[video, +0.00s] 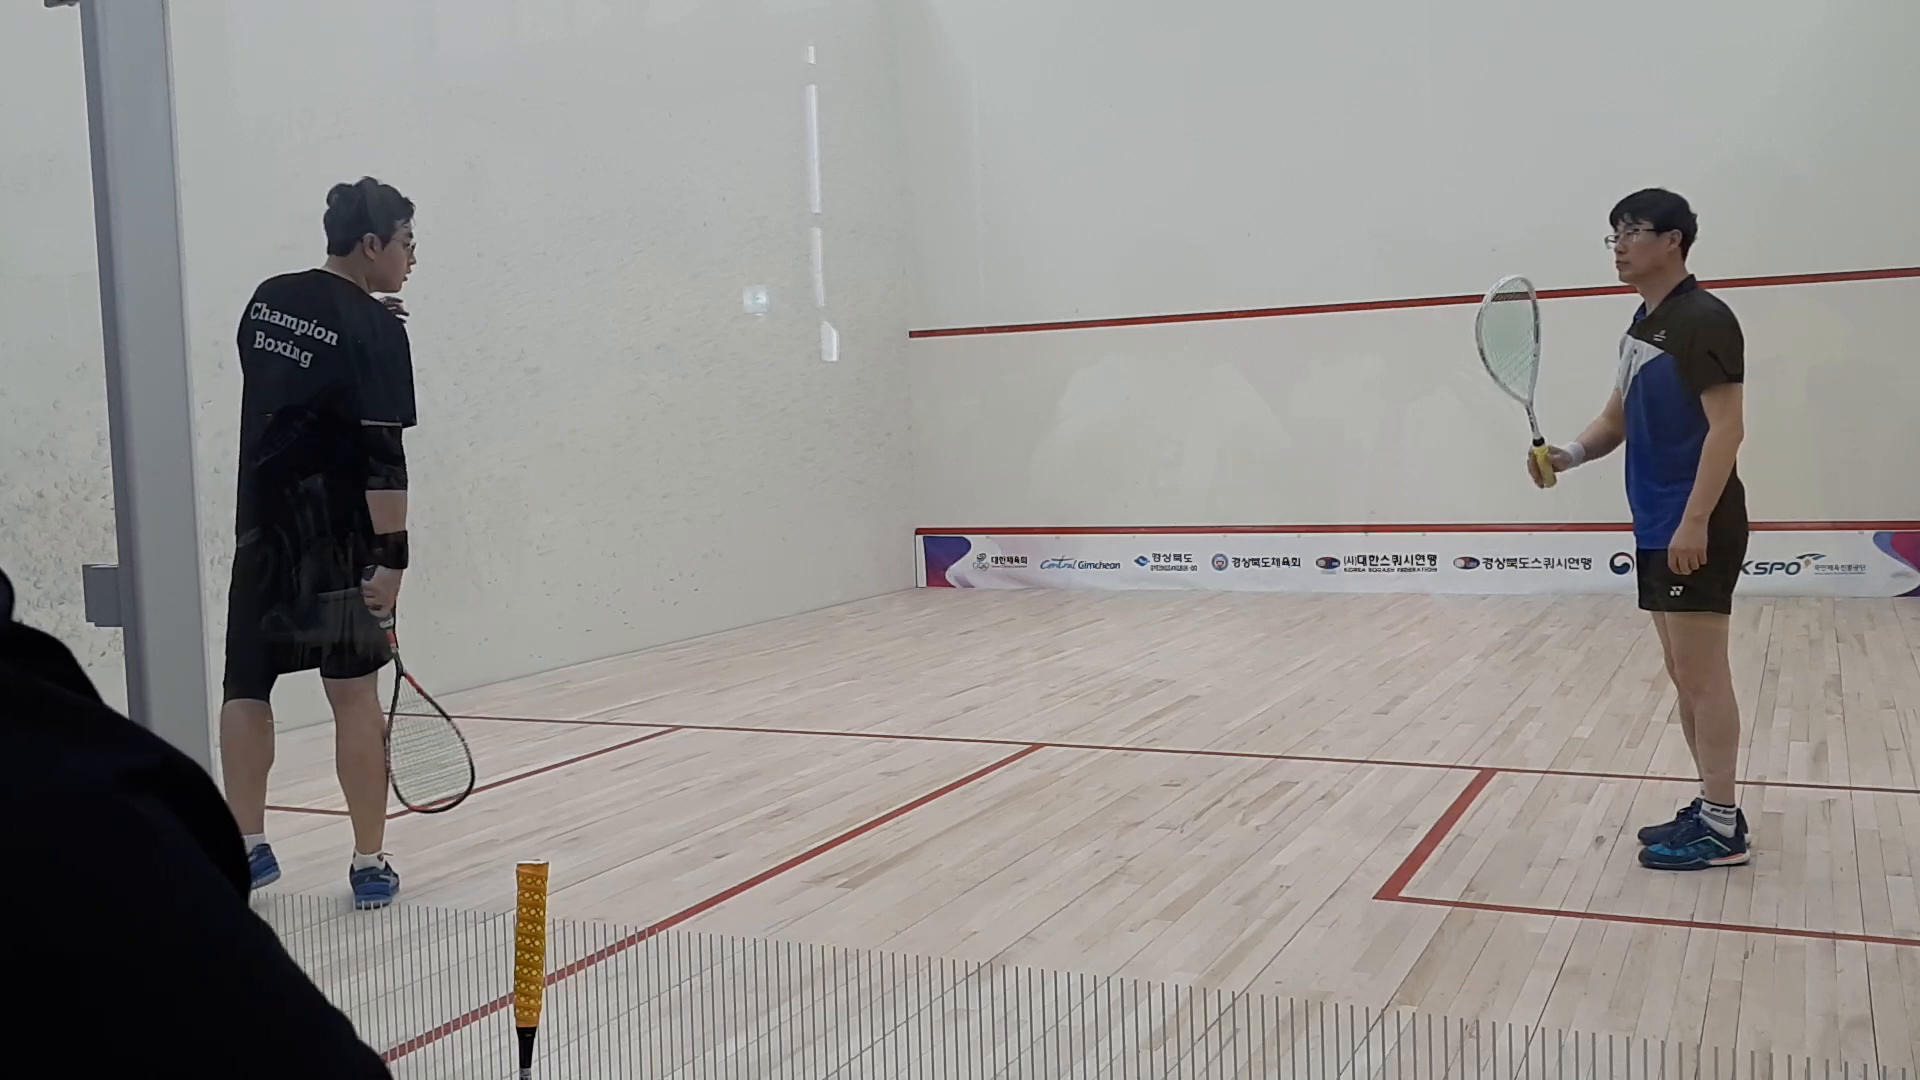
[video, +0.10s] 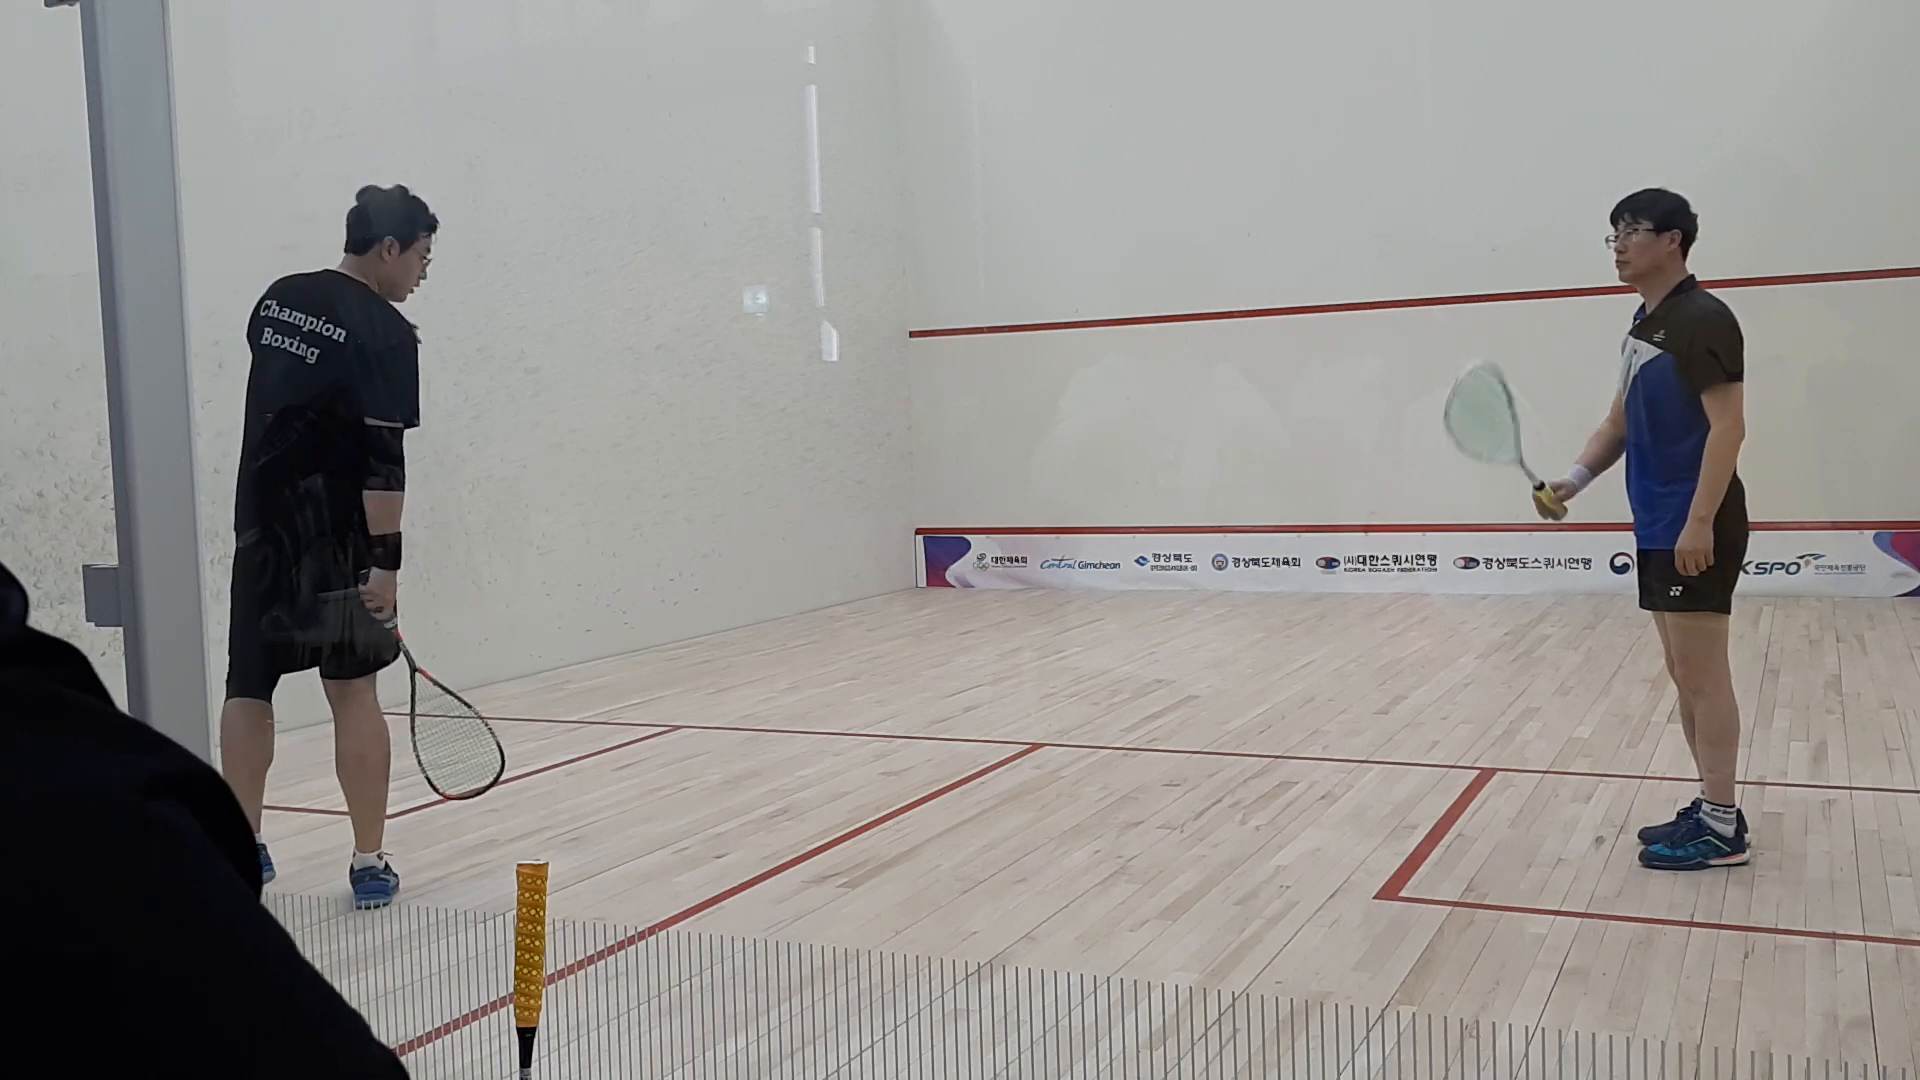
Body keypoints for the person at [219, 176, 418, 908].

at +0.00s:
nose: (411, 255)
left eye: (410, 241)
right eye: (405, 241)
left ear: (342, 242)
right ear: (373, 243)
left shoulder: (269, 296)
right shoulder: (376, 330)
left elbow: (275, 364)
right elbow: (384, 455)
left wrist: (374, 316)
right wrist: (392, 560)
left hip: (260, 537)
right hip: (342, 540)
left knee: (246, 689)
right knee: (356, 695)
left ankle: (249, 845)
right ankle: (370, 861)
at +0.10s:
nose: (425, 270)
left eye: (427, 256)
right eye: (422, 255)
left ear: (358, 246)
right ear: (388, 249)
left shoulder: (281, 295)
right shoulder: (385, 334)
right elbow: (384, 459)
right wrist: (385, 564)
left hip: (260, 537)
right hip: (337, 545)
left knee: (247, 691)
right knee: (354, 694)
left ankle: (244, 847)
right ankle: (369, 861)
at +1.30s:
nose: (260, 237)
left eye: (258, 225)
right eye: (245, 226)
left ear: (199, 244)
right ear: (203, 239)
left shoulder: (166, 309)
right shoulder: (236, 314)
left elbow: (192, 412)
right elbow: (269, 430)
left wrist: (270, 396)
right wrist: (331, 501)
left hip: (194, 538)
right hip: (266, 530)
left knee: (203, 712)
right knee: (312, 679)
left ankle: (186, 867)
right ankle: (331, 845)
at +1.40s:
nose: (257, 235)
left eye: (255, 224)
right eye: (239, 224)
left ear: (198, 248)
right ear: (196, 241)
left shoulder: (166, 312)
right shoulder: (234, 320)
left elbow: (191, 425)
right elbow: (269, 440)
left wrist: (277, 423)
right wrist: (331, 504)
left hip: (193, 538)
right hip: (262, 531)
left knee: (207, 710)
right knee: (304, 681)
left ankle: (191, 867)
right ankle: (321, 846)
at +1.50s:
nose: (261, 237)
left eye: (260, 225)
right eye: (241, 226)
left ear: (218, 248)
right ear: (200, 244)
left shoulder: (176, 317)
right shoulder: (236, 327)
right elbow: (276, 447)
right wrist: (327, 511)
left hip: (199, 546)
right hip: (264, 540)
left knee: (214, 714)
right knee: (295, 691)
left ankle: (189, 868)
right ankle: (311, 849)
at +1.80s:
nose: (324, 267)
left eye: (325, 254)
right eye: (312, 253)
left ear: (260, 260)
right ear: (267, 256)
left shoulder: (202, 321)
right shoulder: (276, 328)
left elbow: (189, 443)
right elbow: (288, 452)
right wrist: (312, 551)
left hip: (190, 549)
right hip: (255, 551)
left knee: (184, 711)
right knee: (281, 700)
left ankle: (169, 864)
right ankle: (304, 851)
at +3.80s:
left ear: (107, 259)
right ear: (177, 265)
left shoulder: (72, 334)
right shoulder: (205, 353)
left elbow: (30, 419)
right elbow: (210, 464)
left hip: (85, 557)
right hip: (181, 562)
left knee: (59, 703)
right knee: (206, 685)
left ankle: (84, 867)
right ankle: (278, 810)